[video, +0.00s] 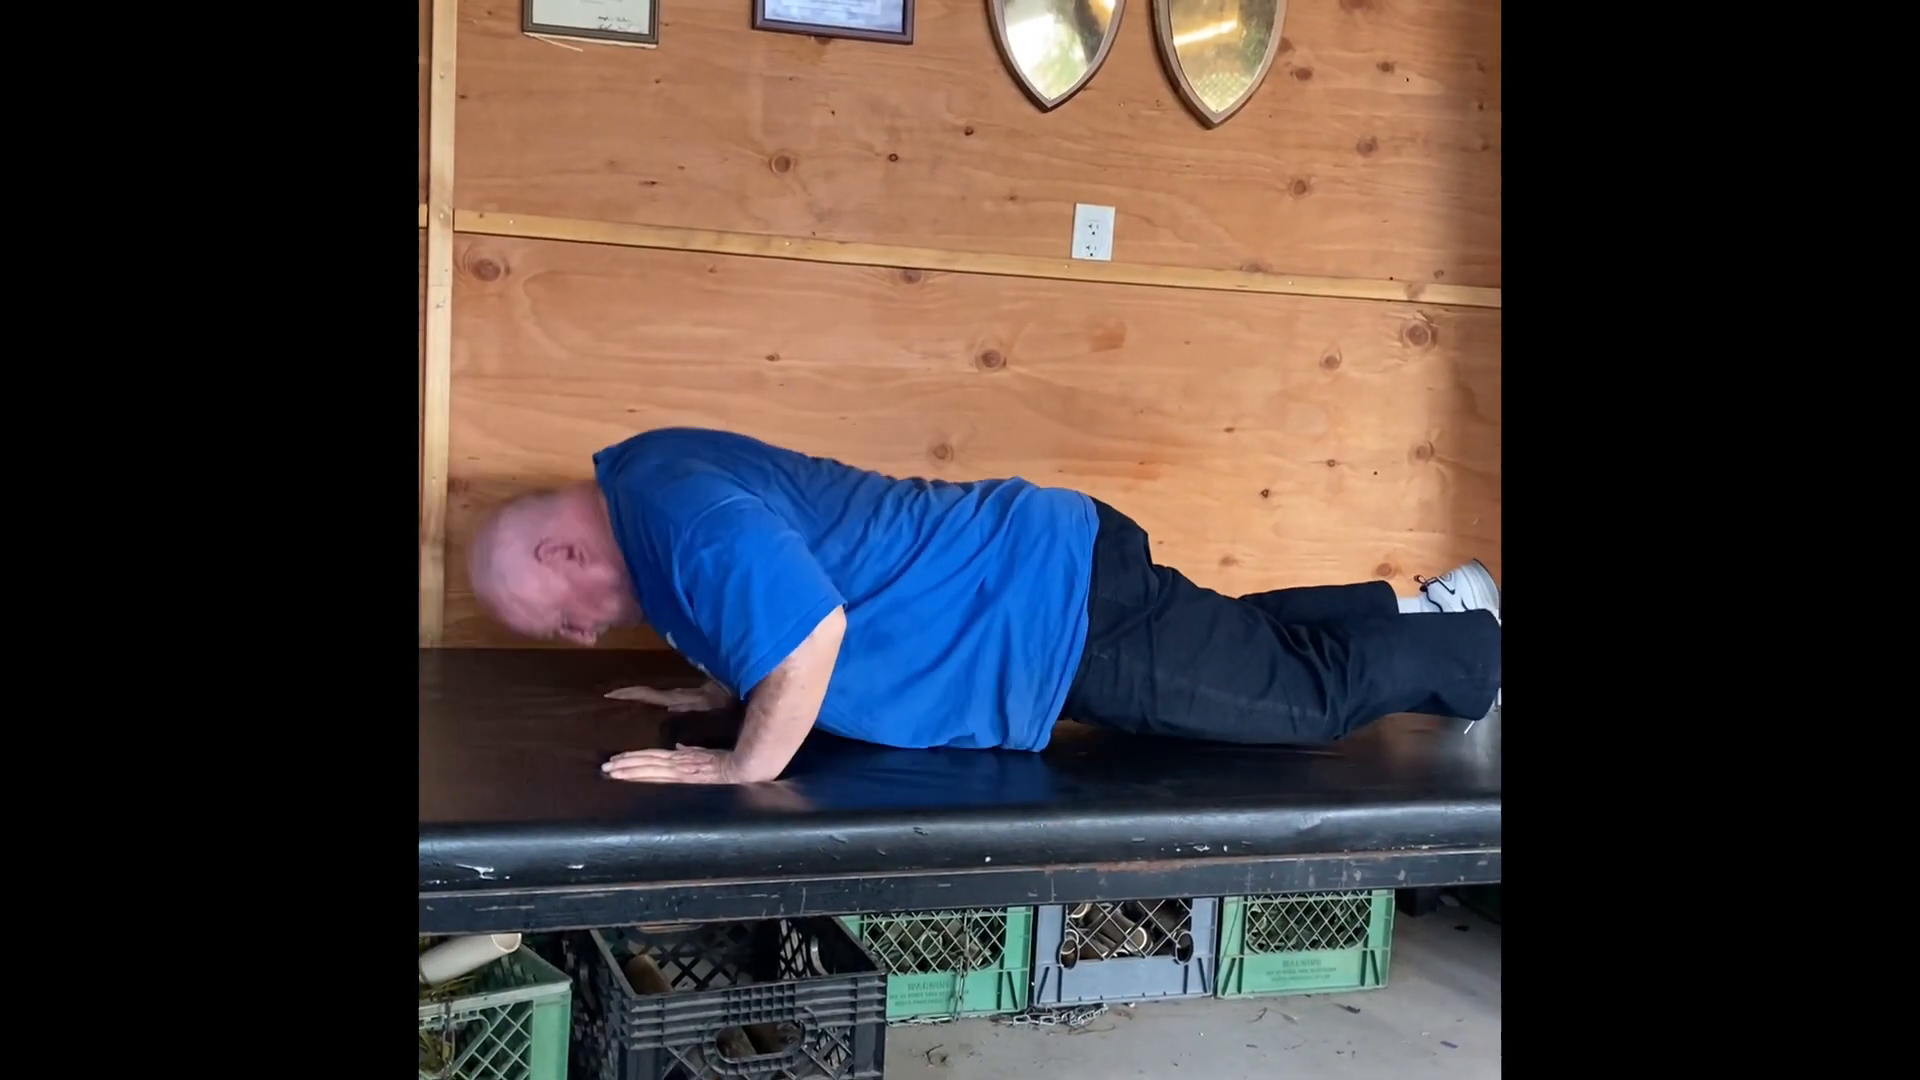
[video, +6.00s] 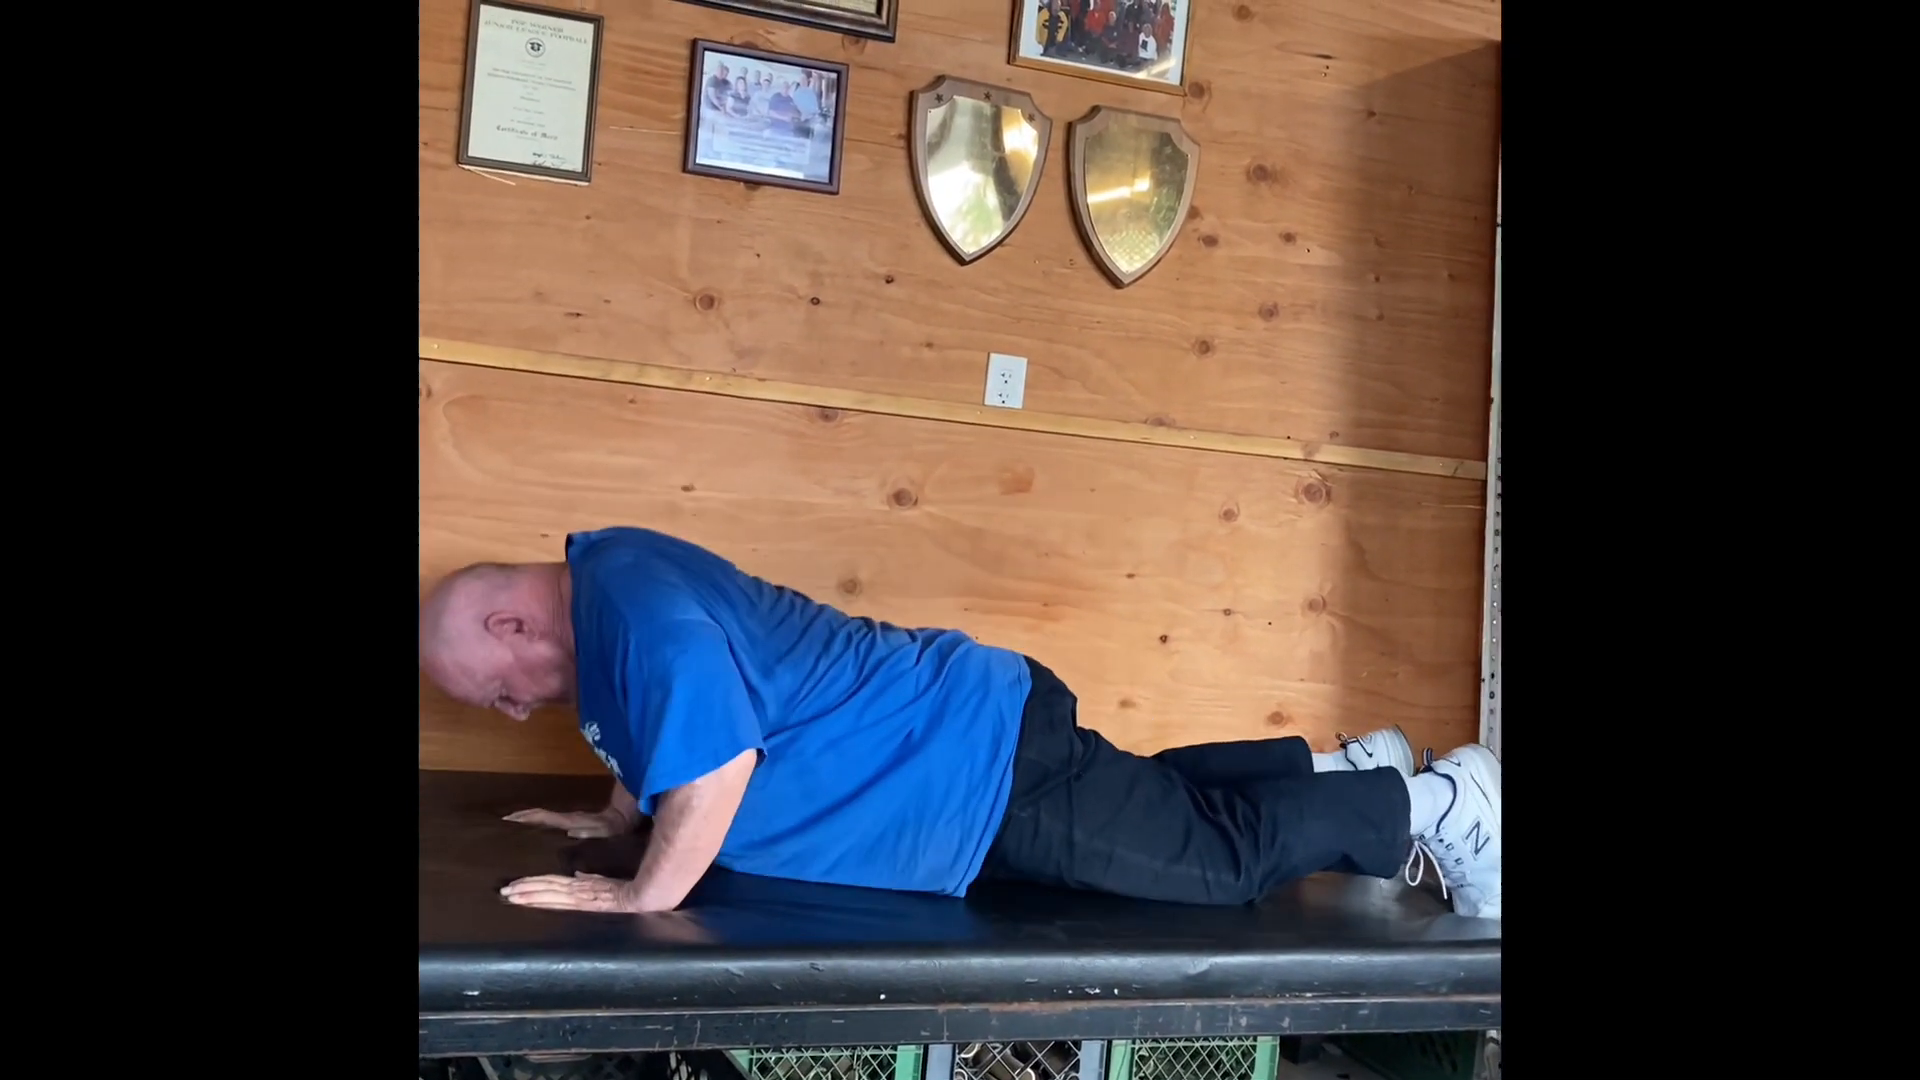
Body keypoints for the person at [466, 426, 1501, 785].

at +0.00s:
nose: (591, 622)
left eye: (568, 613)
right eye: (570, 619)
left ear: (566, 557)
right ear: (559, 528)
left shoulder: (683, 518)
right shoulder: (641, 487)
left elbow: (807, 633)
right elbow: (780, 599)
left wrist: (740, 771)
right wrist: (722, 693)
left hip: (1060, 607)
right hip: (1033, 586)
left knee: (1306, 687)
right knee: (1262, 654)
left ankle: (1479, 648)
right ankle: (1435, 612)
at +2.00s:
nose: (525, 658)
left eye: (502, 648)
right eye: (504, 659)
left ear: (498, 584)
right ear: (498, 577)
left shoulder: (625, 552)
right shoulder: (584, 541)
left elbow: (728, 665)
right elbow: (700, 654)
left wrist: (670, 802)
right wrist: (629, 721)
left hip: (984, 660)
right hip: (955, 680)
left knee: (1215, 755)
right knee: (1172, 710)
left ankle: (1428, 710)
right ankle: (1366, 673)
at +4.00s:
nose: (478, 701)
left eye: (460, 683)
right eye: (461, 695)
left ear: (471, 620)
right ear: (475, 626)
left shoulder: (603, 593)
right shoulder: (558, 608)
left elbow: (694, 737)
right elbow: (674, 726)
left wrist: (625, 867)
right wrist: (601, 787)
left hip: (954, 723)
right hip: (922, 766)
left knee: (1186, 824)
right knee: (1142, 783)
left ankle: (1408, 775)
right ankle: (1341, 738)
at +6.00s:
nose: (534, 684)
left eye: (513, 662)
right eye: (508, 688)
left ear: (514, 601)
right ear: (503, 649)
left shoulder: (642, 614)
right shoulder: (605, 595)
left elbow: (712, 768)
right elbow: (681, 725)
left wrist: (646, 897)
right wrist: (638, 811)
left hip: (985, 750)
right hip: (956, 760)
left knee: (1212, 856)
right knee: (1165, 812)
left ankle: (1420, 807)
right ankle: (1367, 770)